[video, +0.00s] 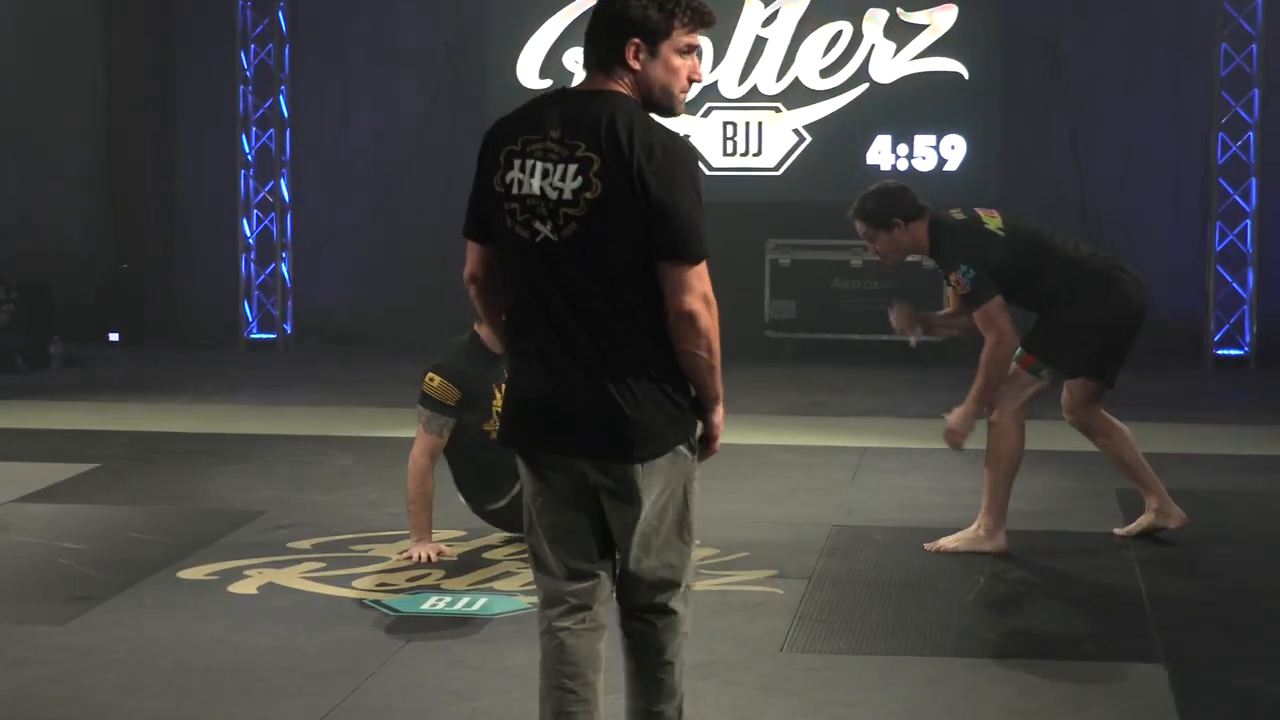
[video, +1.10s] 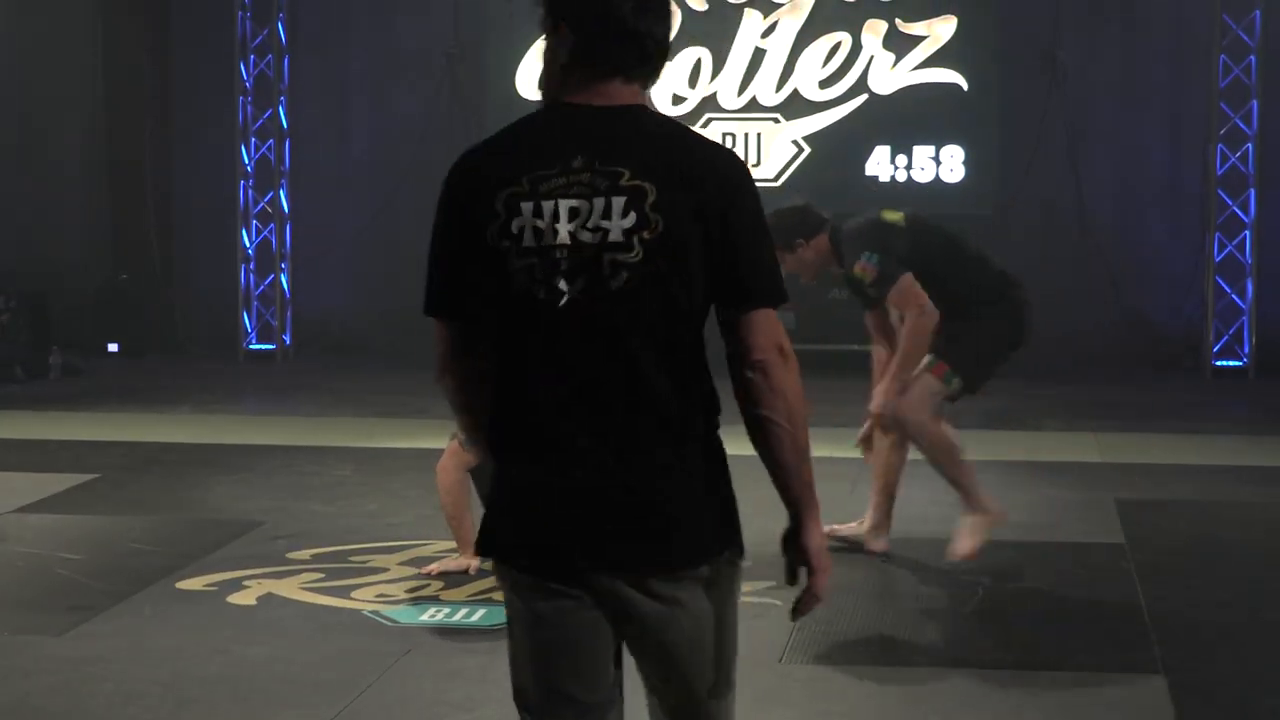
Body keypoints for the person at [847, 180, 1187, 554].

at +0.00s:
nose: (870, 250)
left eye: (871, 239)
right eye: (867, 242)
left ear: (899, 226)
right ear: (903, 223)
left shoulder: (956, 248)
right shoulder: (954, 233)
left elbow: (1002, 336)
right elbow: (966, 319)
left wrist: (971, 407)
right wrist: (923, 324)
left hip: (1089, 302)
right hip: (1118, 293)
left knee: (1005, 403)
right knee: (1080, 406)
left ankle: (989, 527)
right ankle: (1162, 505)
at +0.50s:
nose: (899, 258)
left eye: (897, 247)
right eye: (893, 250)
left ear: (924, 232)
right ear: (924, 230)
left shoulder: (985, 240)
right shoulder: (976, 230)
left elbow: (1056, 311)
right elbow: (1011, 307)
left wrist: (1034, 381)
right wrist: (983, 338)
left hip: (1110, 298)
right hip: (1134, 288)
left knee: (1053, 407)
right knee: (1122, 409)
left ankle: (1041, 541)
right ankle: (1169, 527)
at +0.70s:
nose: (865, 249)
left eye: (864, 238)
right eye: (860, 241)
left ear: (893, 224)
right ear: (896, 218)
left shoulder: (951, 232)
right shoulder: (948, 221)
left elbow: (1015, 312)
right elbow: (1007, 306)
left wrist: (1004, 389)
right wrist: (1014, 378)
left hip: (1084, 292)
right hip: (1090, 286)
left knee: (1031, 412)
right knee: (1053, 405)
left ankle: (1041, 542)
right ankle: (1128, 505)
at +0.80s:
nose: (848, 244)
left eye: (847, 234)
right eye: (842, 236)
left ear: (874, 220)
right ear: (878, 215)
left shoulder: (934, 235)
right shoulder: (929, 219)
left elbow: (988, 313)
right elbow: (988, 305)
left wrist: (984, 389)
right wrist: (984, 371)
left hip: (1067, 291)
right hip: (1055, 288)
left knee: (1017, 411)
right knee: (1007, 399)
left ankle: (1041, 543)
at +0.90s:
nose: (828, 243)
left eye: (827, 232)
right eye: (823, 235)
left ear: (854, 217)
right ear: (858, 214)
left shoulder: (910, 234)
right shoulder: (907, 219)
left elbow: (959, 314)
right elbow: (954, 308)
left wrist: (954, 393)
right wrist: (942, 367)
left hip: (1045, 294)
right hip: (1010, 295)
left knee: (997, 415)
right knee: (968, 401)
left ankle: (1040, 541)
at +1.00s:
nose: (808, 251)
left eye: (805, 240)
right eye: (802, 243)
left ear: (829, 224)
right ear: (834, 220)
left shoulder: (886, 230)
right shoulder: (882, 221)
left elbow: (934, 311)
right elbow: (925, 312)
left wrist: (915, 392)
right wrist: (909, 384)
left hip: (1017, 301)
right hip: (981, 302)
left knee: (966, 422)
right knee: (928, 399)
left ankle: (1034, 532)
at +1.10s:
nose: (790, 272)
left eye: (786, 262)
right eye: (784, 265)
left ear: (804, 245)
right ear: (807, 243)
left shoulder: (861, 246)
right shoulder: (852, 257)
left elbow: (922, 314)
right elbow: (883, 343)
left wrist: (888, 394)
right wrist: (875, 416)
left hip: (992, 312)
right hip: (957, 314)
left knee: (913, 409)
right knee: (891, 408)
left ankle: (980, 509)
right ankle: (875, 526)